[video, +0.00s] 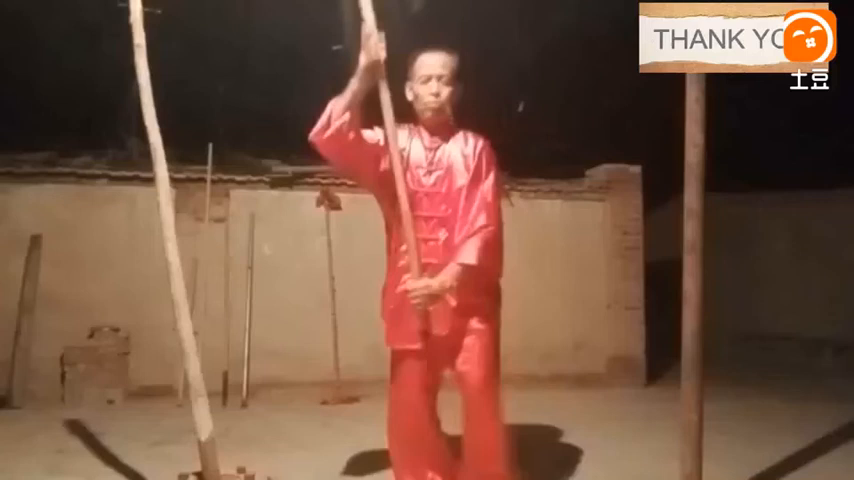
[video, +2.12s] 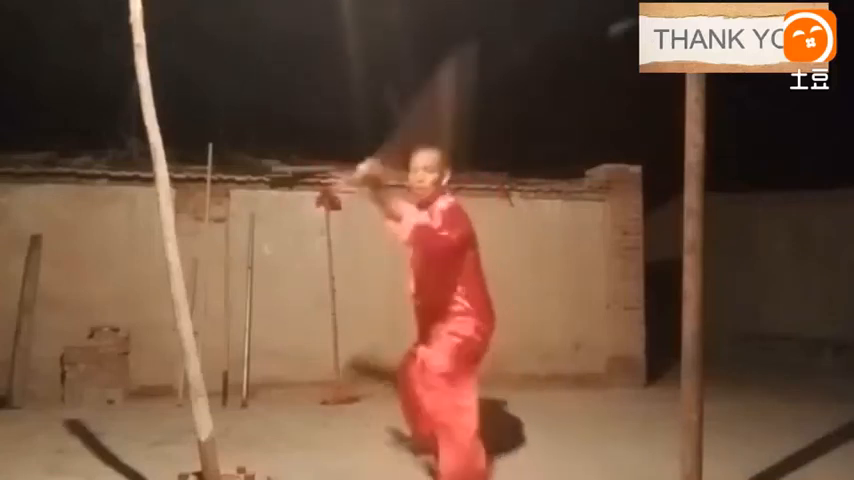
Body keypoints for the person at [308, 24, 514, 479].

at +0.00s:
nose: (437, 89)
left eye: (446, 80)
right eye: (426, 80)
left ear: (457, 89)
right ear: (410, 88)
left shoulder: (474, 149)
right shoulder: (389, 145)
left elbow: (483, 226)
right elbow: (328, 137)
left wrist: (446, 278)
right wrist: (363, 75)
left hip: (469, 291)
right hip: (410, 292)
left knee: (479, 388)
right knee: (411, 398)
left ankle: (487, 477)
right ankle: (419, 476)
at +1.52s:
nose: (426, 141)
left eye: (436, 133)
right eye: (420, 132)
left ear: (456, 140)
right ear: (412, 138)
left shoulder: (470, 185)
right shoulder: (405, 179)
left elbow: (475, 247)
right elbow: (352, 158)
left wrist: (420, 266)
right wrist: (357, 111)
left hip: (475, 314)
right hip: (426, 314)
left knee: (461, 399)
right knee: (410, 393)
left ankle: (475, 474)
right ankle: (420, 473)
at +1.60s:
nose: (431, 148)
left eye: (441, 140)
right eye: (425, 139)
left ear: (460, 146)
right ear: (416, 145)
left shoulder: (471, 191)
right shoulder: (409, 186)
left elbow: (464, 256)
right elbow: (368, 178)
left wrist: (414, 286)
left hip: (480, 318)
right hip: (433, 316)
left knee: (459, 399)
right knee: (409, 387)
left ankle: (473, 474)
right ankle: (420, 464)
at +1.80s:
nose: (427, 164)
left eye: (437, 156)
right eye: (422, 155)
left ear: (457, 162)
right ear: (415, 161)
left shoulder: (459, 206)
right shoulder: (423, 204)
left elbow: (454, 254)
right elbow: (396, 218)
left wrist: (422, 285)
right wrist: (345, 203)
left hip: (476, 327)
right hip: (443, 325)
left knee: (454, 401)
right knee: (433, 407)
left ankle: (472, 472)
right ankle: (457, 471)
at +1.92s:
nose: (420, 172)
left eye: (430, 164)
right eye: (416, 164)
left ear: (449, 171)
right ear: (409, 170)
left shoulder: (452, 210)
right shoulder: (419, 209)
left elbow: (428, 234)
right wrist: (341, 201)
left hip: (466, 332)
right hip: (439, 331)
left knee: (455, 429)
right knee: (438, 431)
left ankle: (467, 474)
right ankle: (448, 473)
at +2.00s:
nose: (418, 175)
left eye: (427, 167)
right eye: (414, 167)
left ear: (446, 173)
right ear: (409, 173)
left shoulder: (450, 209)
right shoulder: (422, 212)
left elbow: (439, 240)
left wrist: (390, 196)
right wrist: (426, 339)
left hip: (472, 321)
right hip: (444, 319)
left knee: (445, 382)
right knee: (416, 370)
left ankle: (466, 470)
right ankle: (432, 447)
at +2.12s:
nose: (419, 178)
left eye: (429, 171)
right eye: (414, 171)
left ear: (444, 176)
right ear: (408, 176)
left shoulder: (451, 213)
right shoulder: (420, 213)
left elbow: (441, 242)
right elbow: (394, 213)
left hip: (466, 317)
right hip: (435, 317)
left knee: (432, 369)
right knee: (412, 371)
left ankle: (463, 467)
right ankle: (429, 439)